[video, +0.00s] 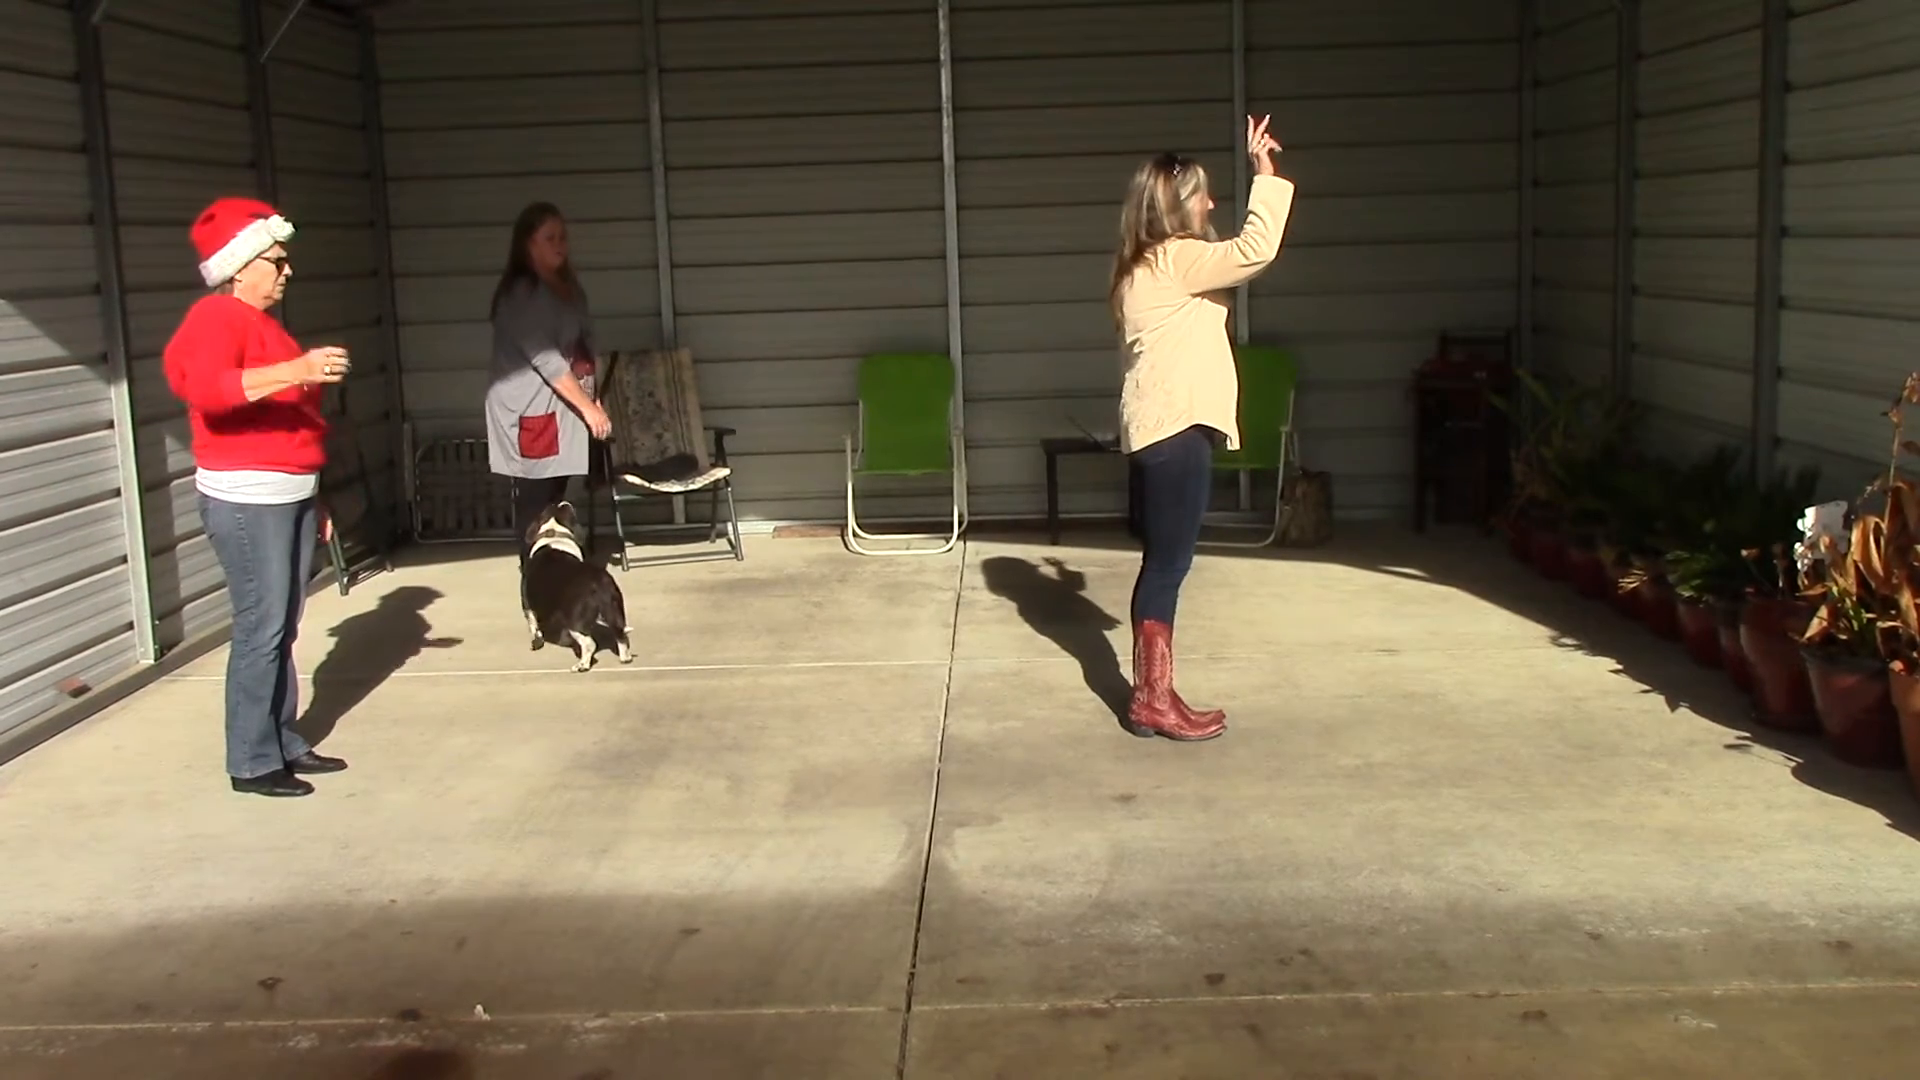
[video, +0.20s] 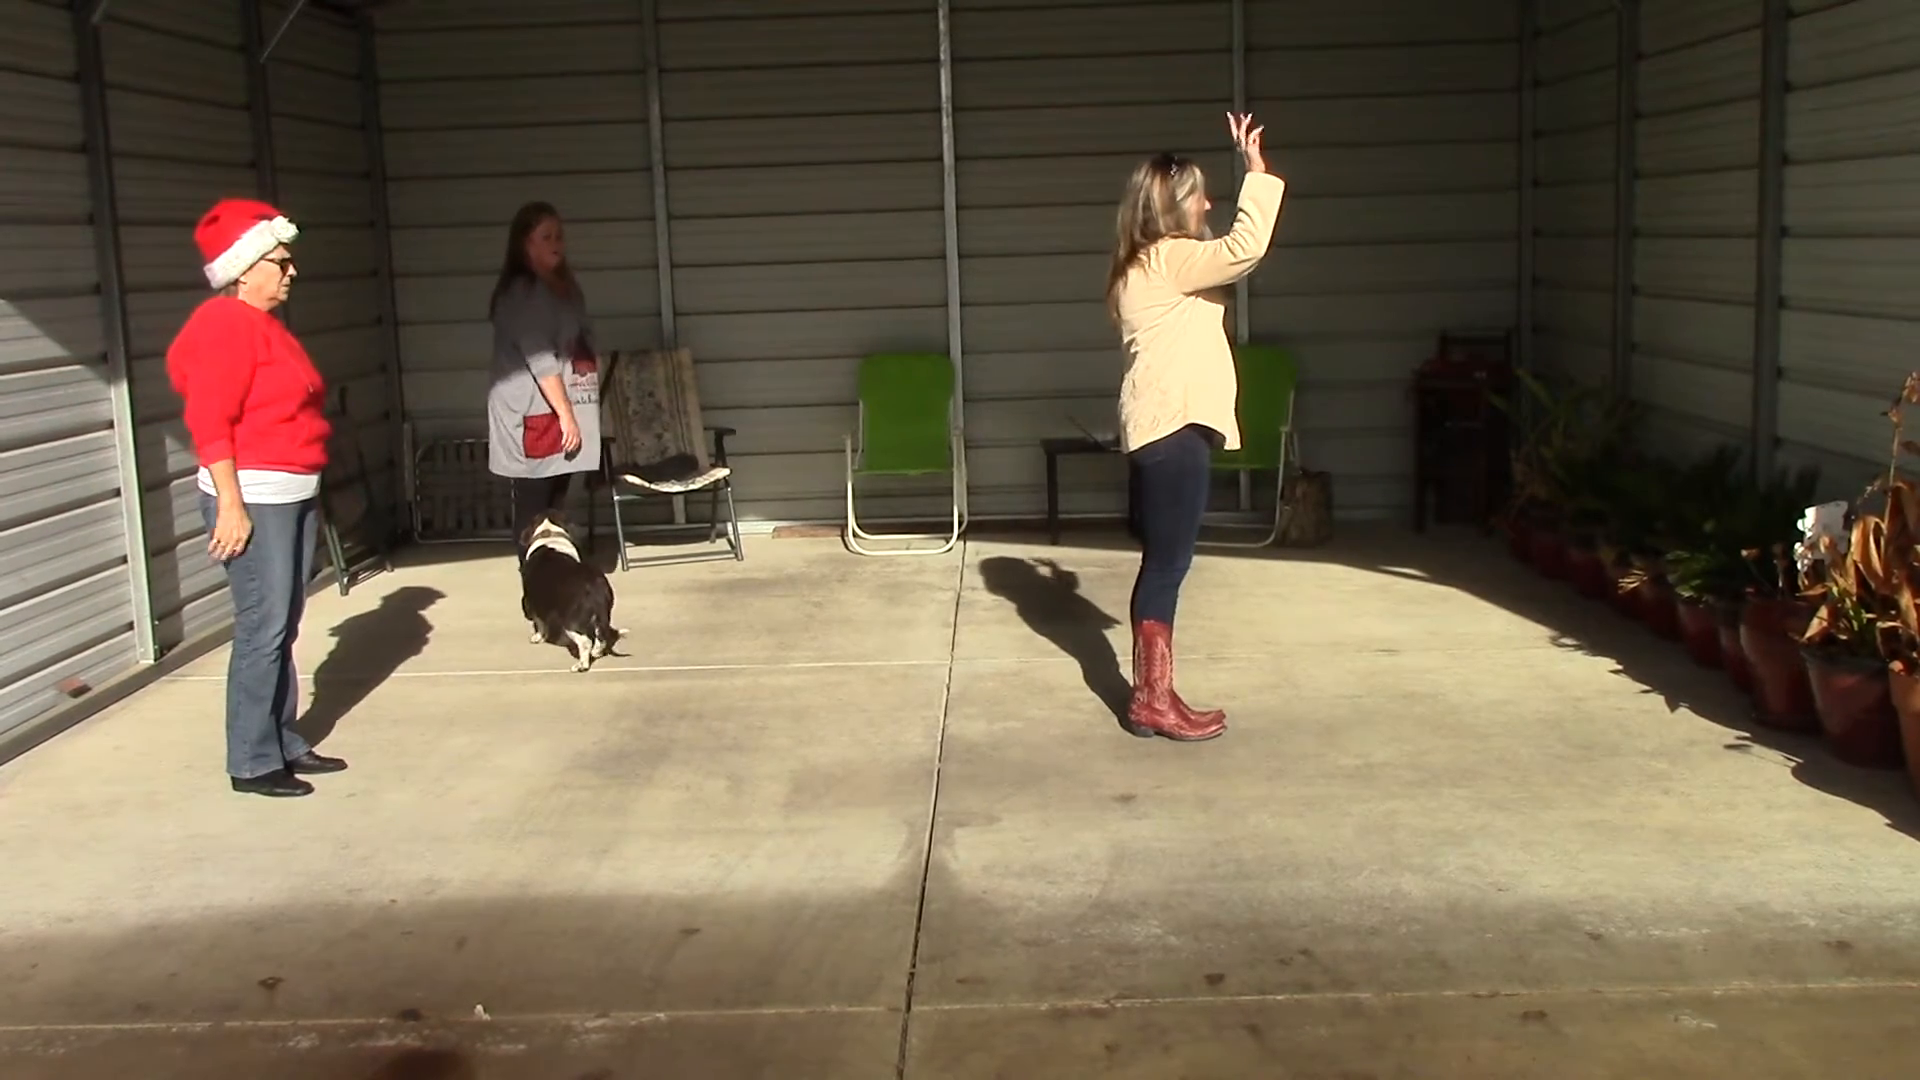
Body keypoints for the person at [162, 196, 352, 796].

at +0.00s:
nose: (287, 273)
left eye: (286, 263)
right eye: (278, 263)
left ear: (249, 268)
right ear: (243, 266)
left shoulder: (266, 326)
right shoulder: (212, 317)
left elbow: (291, 422)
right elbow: (207, 389)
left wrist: (314, 500)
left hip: (290, 492)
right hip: (246, 496)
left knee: (281, 628)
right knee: (260, 629)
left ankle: (281, 743)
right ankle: (250, 762)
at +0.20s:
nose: (290, 273)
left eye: (289, 263)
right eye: (280, 263)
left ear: (253, 270)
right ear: (245, 269)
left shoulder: (263, 324)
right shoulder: (223, 323)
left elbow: (267, 417)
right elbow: (208, 418)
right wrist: (230, 503)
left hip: (291, 494)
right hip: (254, 497)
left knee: (281, 628)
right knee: (262, 629)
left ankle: (282, 743)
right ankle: (251, 762)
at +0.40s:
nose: (290, 275)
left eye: (288, 265)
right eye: (278, 266)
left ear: (255, 272)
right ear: (243, 272)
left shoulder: (273, 327)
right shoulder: (216, 326)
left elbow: (289, 417)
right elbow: (202, 421)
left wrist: (311, 495)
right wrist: (238, 500)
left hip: (295, 494)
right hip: (251, 498)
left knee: (283, 625)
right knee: (270, 625)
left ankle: (284, 743)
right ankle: (252, 763)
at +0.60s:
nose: (290, 275)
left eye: (289, 265)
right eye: (279, 266)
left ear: (258, 271)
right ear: (243, 272)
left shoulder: (276, 329)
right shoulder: (220, 327)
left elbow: (299, 419)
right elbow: (216, 430)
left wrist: (327, 490)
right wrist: (269, 498)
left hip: (287, 496)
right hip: (242, 498)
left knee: (281, 625)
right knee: (267, 625)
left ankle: (283, 743)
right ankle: (252, 762)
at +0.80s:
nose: (294, 275)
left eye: (292, 266)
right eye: (283, 267)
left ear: (260, 273)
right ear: (247, 274)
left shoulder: (273, 329)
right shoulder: (225, 328)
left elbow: (296, 418)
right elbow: (224, 430)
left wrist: (330, 484)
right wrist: (277, 496)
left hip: (286, 495)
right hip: (245, 498)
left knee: (282, 626)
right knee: (266, 627)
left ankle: (281, 744)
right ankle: (251, 763)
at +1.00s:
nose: (298, 277)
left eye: (297, 267)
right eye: (287, 268)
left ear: (260, 274)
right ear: (250, 274)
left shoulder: (274, 329)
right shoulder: (227, 329)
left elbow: (296, 421)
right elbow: (228, 430)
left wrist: (324, 494)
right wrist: (276, 502)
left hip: (291, 496)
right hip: (248, 499)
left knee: (284, 626)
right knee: (268, 626)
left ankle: (282, 743)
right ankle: (252, 762)